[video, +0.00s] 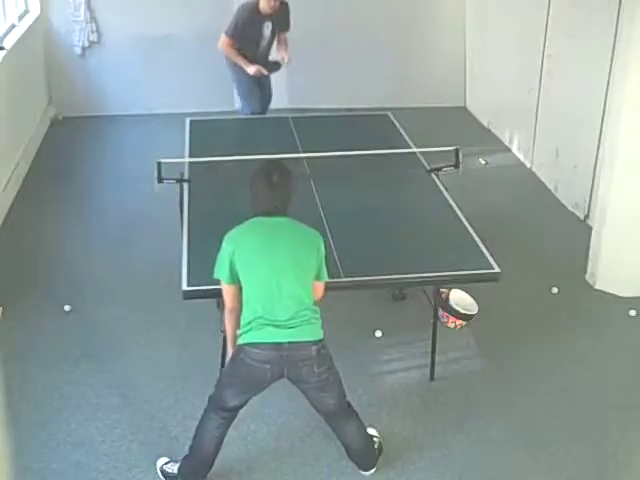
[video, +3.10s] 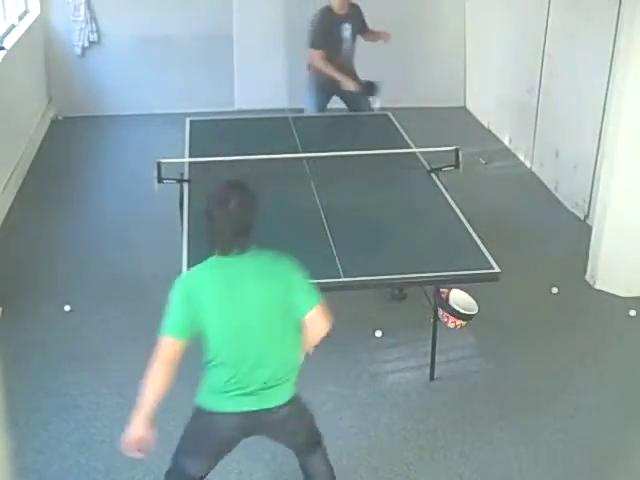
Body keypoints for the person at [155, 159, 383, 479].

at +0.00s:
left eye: (258, 192)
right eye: (283, 191)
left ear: (254, 196)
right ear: (288, 196)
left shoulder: (235, 238)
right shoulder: (312, 237)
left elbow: (231, 307)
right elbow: (317, 293)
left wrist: (231, 353)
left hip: (255, 353)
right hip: (308, 350)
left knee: (220, 411)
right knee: (338, 411)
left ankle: (188, 472)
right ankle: (367, 458)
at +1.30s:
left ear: (238, 197)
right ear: (272, 200)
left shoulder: (220, 234)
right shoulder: (291, 245)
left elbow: (196, 293)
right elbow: (296, 310)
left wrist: (182, 326)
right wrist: (266, 321)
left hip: (236, 364)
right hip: (285, 360)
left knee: (187, 414)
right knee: (317, 406)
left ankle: (183, 476)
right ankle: (364, 459)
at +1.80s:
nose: (223, 189)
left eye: (223, 181)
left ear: (224, 187)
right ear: (260, 184)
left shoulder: (231, 232)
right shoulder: (277, 223)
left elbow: (237, 295)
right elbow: (283, 276)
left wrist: (226, 355)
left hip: (259, 354)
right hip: (299, 343)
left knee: (210, 420)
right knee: (325, 398)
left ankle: (190, 475)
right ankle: (366, 455)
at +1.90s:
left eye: (221, 186)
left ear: (221, 192)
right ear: (258, 188)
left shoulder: (226, 241)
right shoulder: (277, 227)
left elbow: (227, 310)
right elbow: (291, 249)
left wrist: (208, 370)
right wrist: (302, 249)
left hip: (262, 359)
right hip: (304, 345)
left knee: (208, 416)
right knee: (324, 390)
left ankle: (187, 475)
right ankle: (365, 449)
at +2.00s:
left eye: (217, 195)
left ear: (216, 201)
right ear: (251, 198)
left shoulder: (213, 251)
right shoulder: (278, 236)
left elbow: (202, 321)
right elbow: (304, 286)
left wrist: (167, 376)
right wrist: (313, 267)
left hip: (255, 365)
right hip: (300, 353)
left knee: (200, 409)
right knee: (323, 391)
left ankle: (184, 475)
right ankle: (365, 448)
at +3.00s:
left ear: (225, 207)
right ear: (264, 204)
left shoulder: (211, 266)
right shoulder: (295, 245)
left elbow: (202, 345)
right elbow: (340, 293)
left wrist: (184, 412)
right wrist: (310, 323)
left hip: (234, 399)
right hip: (292, 395)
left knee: (196, 461)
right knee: (318, 449)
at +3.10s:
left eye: (216, 216)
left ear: (212, 223)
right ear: (251, 222)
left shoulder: (191, 282)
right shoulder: (284, 267)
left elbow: (167, 356)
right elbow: (320, 322)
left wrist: (141, 421)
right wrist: (293, 351)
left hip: (219, 414)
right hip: (280, 407)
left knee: (183, 473)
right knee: (312, 452)